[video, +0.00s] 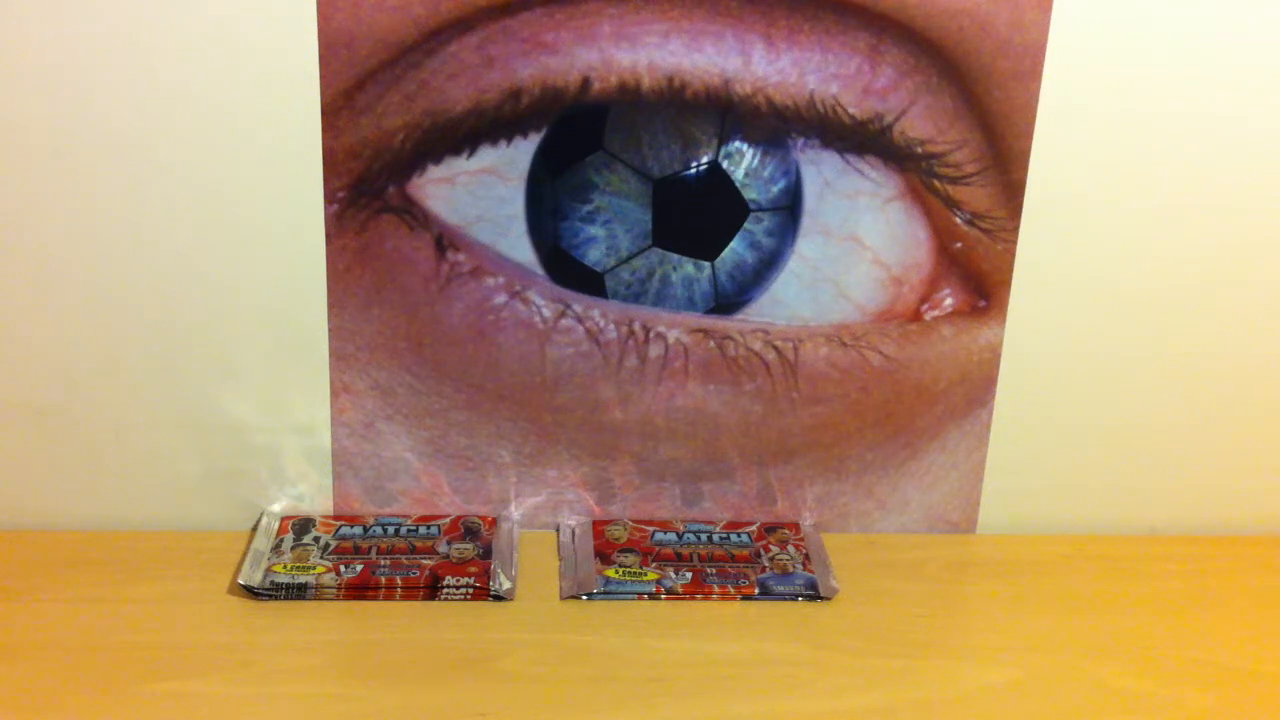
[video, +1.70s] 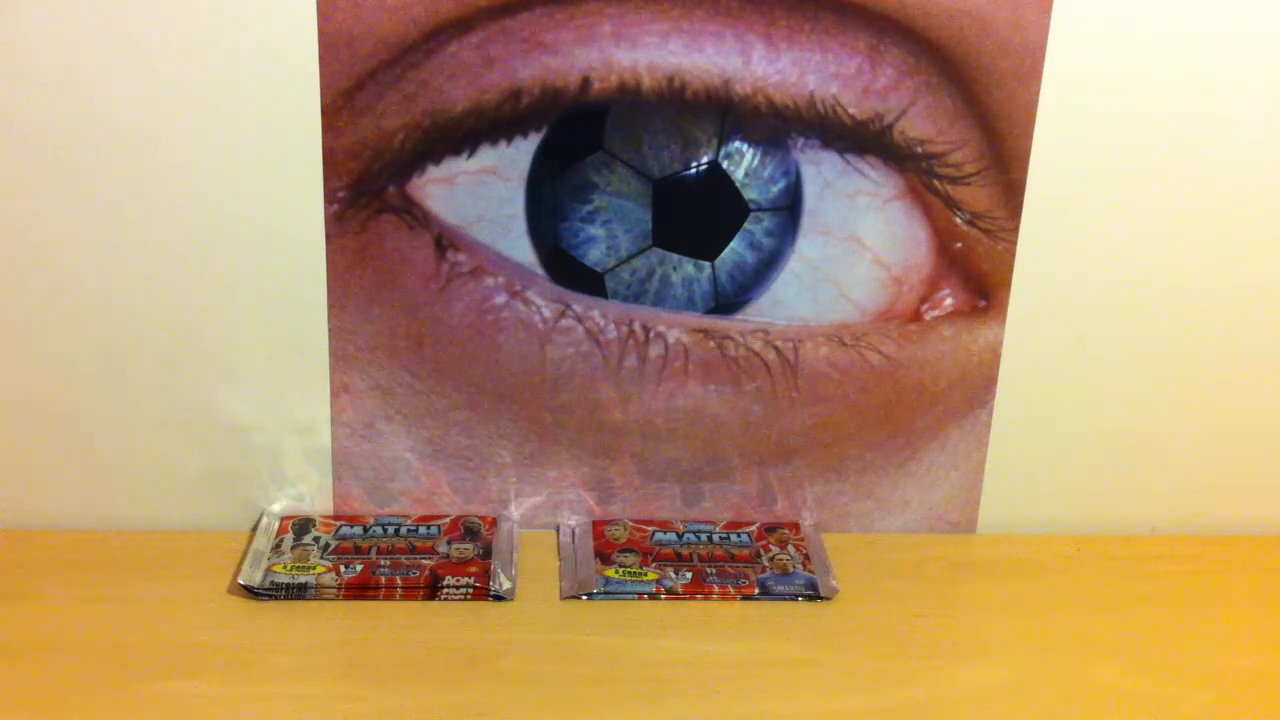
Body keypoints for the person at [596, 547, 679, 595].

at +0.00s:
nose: (621, 560)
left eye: (626, 557)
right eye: (619, 557)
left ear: (638, 558)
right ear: (616, 558)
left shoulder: (651, 573)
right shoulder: (610, 571)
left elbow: (672, 589)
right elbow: (596, 589)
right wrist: (596, 574)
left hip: (641, 607)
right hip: (612, 606)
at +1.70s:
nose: (621, 560)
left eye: (626, 557)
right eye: (619, 557)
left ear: (638, 558)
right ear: (616, 558)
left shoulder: (651, 573)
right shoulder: (609, 571)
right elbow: (597, 589)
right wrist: (596, 574)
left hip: (641, 606)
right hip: (612, 605)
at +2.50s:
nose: (621, 560)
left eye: (626, 557)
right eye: (619, 557)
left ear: (638, 558)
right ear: (615, 558)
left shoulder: (651, 573)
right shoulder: (609, 571)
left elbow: (673, 589)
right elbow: (596, 589)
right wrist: (596, 574)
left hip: (640, 606)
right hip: (612, 605)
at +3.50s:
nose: (621, 560)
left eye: (626, 557)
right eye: (619, 557)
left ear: (638, 558)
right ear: (617, 558)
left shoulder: (650, 573)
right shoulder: (610, 571)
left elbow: (665, 582)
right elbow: (597, 586)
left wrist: (672, 588)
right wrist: (597, 574)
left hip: (642, 604)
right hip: (614, 604)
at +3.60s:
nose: (621, 560)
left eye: (626, 557)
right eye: (619, 557)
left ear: (638, 558)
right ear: (617, 558)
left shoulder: (650, 573)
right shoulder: (610, 571)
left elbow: (665, 582)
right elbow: (597, 586)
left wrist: (672, 588)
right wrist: (597, 574)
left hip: (642, 604)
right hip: (614, 604)